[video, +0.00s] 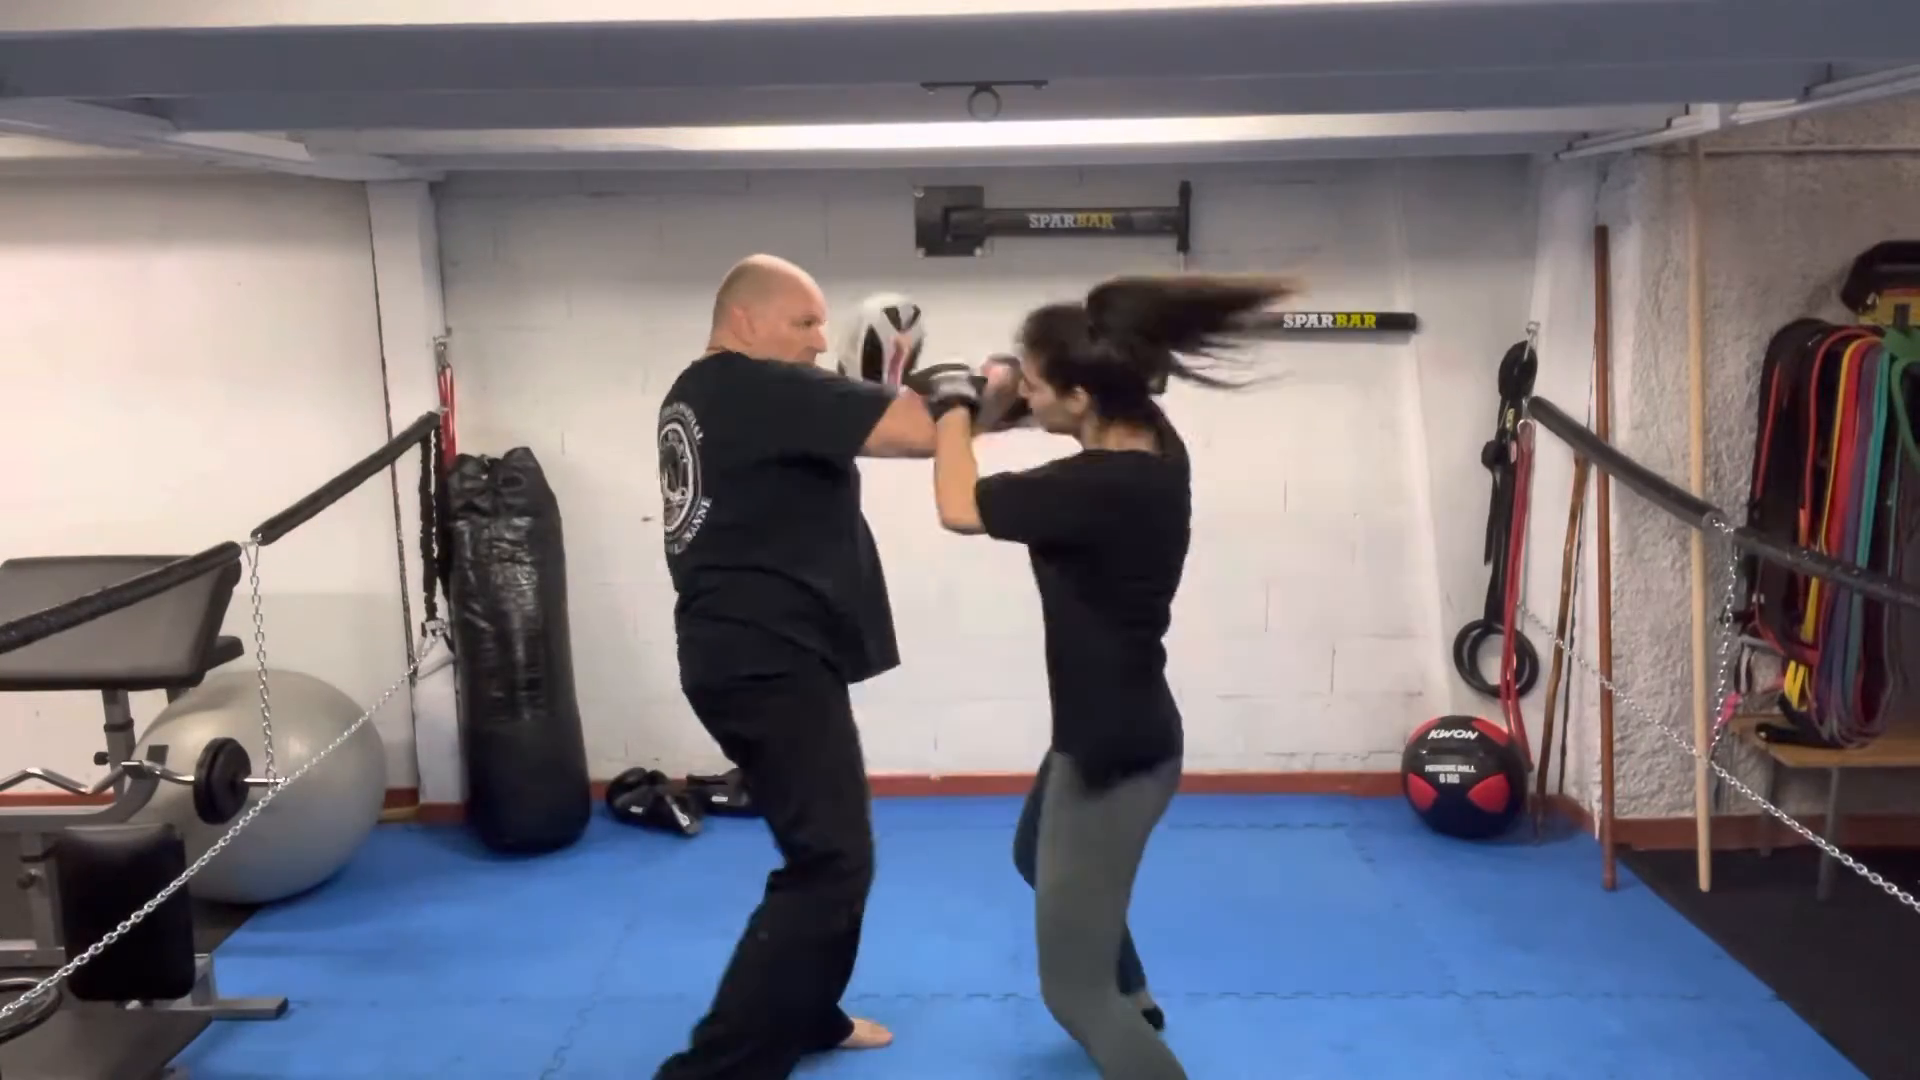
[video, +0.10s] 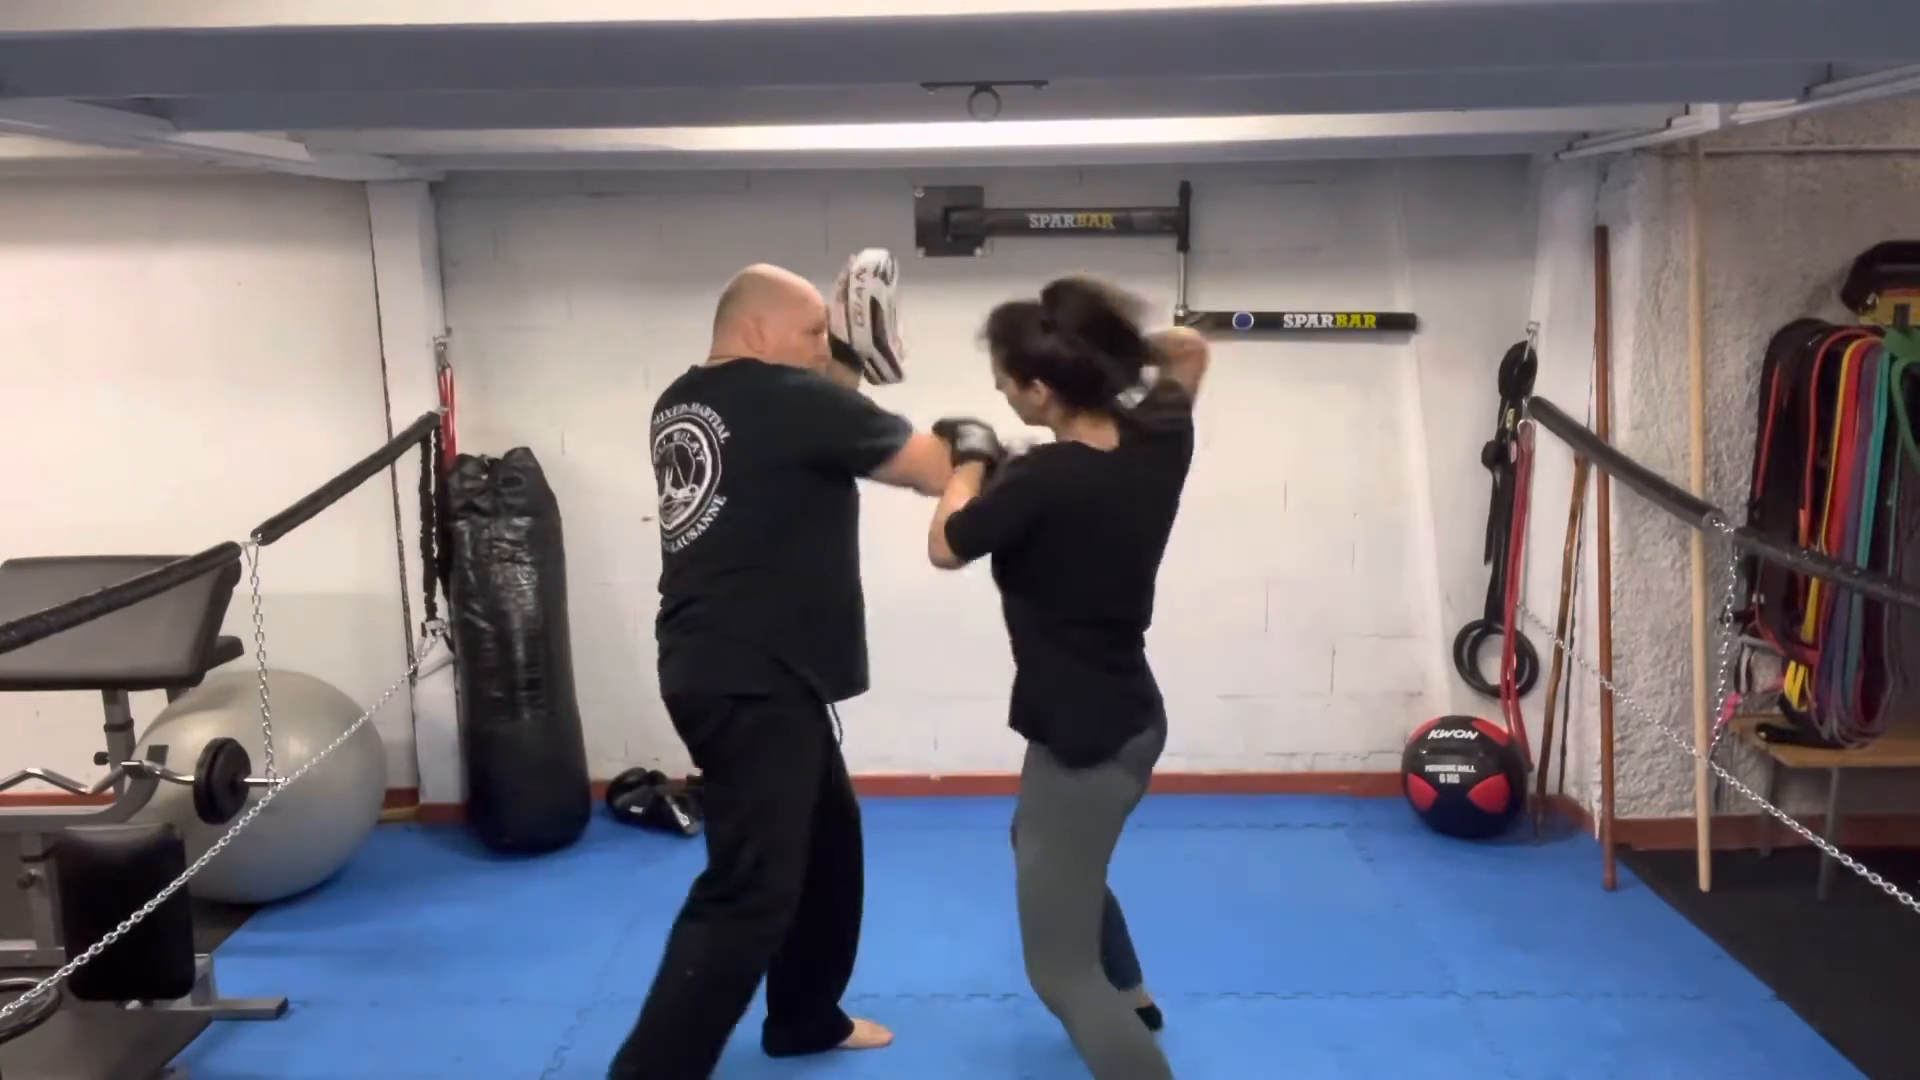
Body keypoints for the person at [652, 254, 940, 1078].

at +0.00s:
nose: (819, 341)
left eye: (819, 326)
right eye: (806, 325)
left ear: (740, 329)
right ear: (744, 322)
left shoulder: (701, 391)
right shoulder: (755, 388)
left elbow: (821, 441)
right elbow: (922, 427)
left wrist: (878, 391)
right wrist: (995, 394)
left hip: (745, 654)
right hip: (771, 658)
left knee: (830, 848)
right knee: (833, 862)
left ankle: (805, 1017)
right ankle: (721, 1063)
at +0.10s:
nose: (824, 350)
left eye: (824, 334)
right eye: (815, 333)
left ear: (737, 334)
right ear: (766, 332)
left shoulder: (679, 402)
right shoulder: (793, 398)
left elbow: (785, 434)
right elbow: (934, 466)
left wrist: (841, 362)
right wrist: (960, 434)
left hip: (705, 669)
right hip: (759, 674)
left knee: (827, 838)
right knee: (754, 883)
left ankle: (805, 1022)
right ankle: (650, 1072)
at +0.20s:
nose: (826, 367)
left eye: (830, 351)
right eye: (820, 347)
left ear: (744, 341)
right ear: (770, 341)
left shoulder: (681, 403)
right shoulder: (799, 426)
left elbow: (809, 425)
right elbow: (911, 550)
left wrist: (862, 328)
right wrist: (927, 522)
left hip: (685, 682)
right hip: (742, 694)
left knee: (817, 845)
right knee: (710, 902)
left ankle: (804, 1023)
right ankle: (603, 1072)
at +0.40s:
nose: (812, 372)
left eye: (815, 358)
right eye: (805, 356)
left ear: (734, 349)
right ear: (750, 348)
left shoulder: (672, 404)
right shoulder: (763, 432)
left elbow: (819, 422)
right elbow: (816, 604)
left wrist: (882, 363)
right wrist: (844, 681)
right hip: (704, 703)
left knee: (796, 848)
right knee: (706, 918)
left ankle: (802, 1021)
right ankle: (610, 1078)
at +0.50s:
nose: (777, 369)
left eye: (777, 352)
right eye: (765, 351)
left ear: (699, 349)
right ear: (706, 347)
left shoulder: (681, 411)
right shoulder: (693, 427)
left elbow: (806, 445)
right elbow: (780, 601)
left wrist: (891, 402)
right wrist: (846, 677)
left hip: (725, 702)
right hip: (673, 711)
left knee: (790, 864)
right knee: (681, 938)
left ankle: (802, 1020)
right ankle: (608, 1076)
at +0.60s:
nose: (743, 372)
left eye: (743, 354)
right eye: (731, 353)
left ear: (669, 349)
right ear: (668, 347)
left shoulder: (684, 429)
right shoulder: (627, 440)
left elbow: (769, 481)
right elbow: (717, 606)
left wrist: (859, 442)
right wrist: (833, 642)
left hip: (722, 722)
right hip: (650, 730)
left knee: (776, 883)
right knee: (660, 946)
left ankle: (801, 1021)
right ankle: (605, 1073)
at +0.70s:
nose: (718, 374)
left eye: (719, 355)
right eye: (705, 355)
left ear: (643, 350)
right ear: (639, 350)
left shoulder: (658, 422)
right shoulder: (583, 455)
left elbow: (709, 515)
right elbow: (634, 626)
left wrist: (805, 494)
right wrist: (784, 634)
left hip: (707, 727)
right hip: (631, 742)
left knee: (751, 892)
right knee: (638, 952)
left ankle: (797, 1021)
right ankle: (605, 1074)